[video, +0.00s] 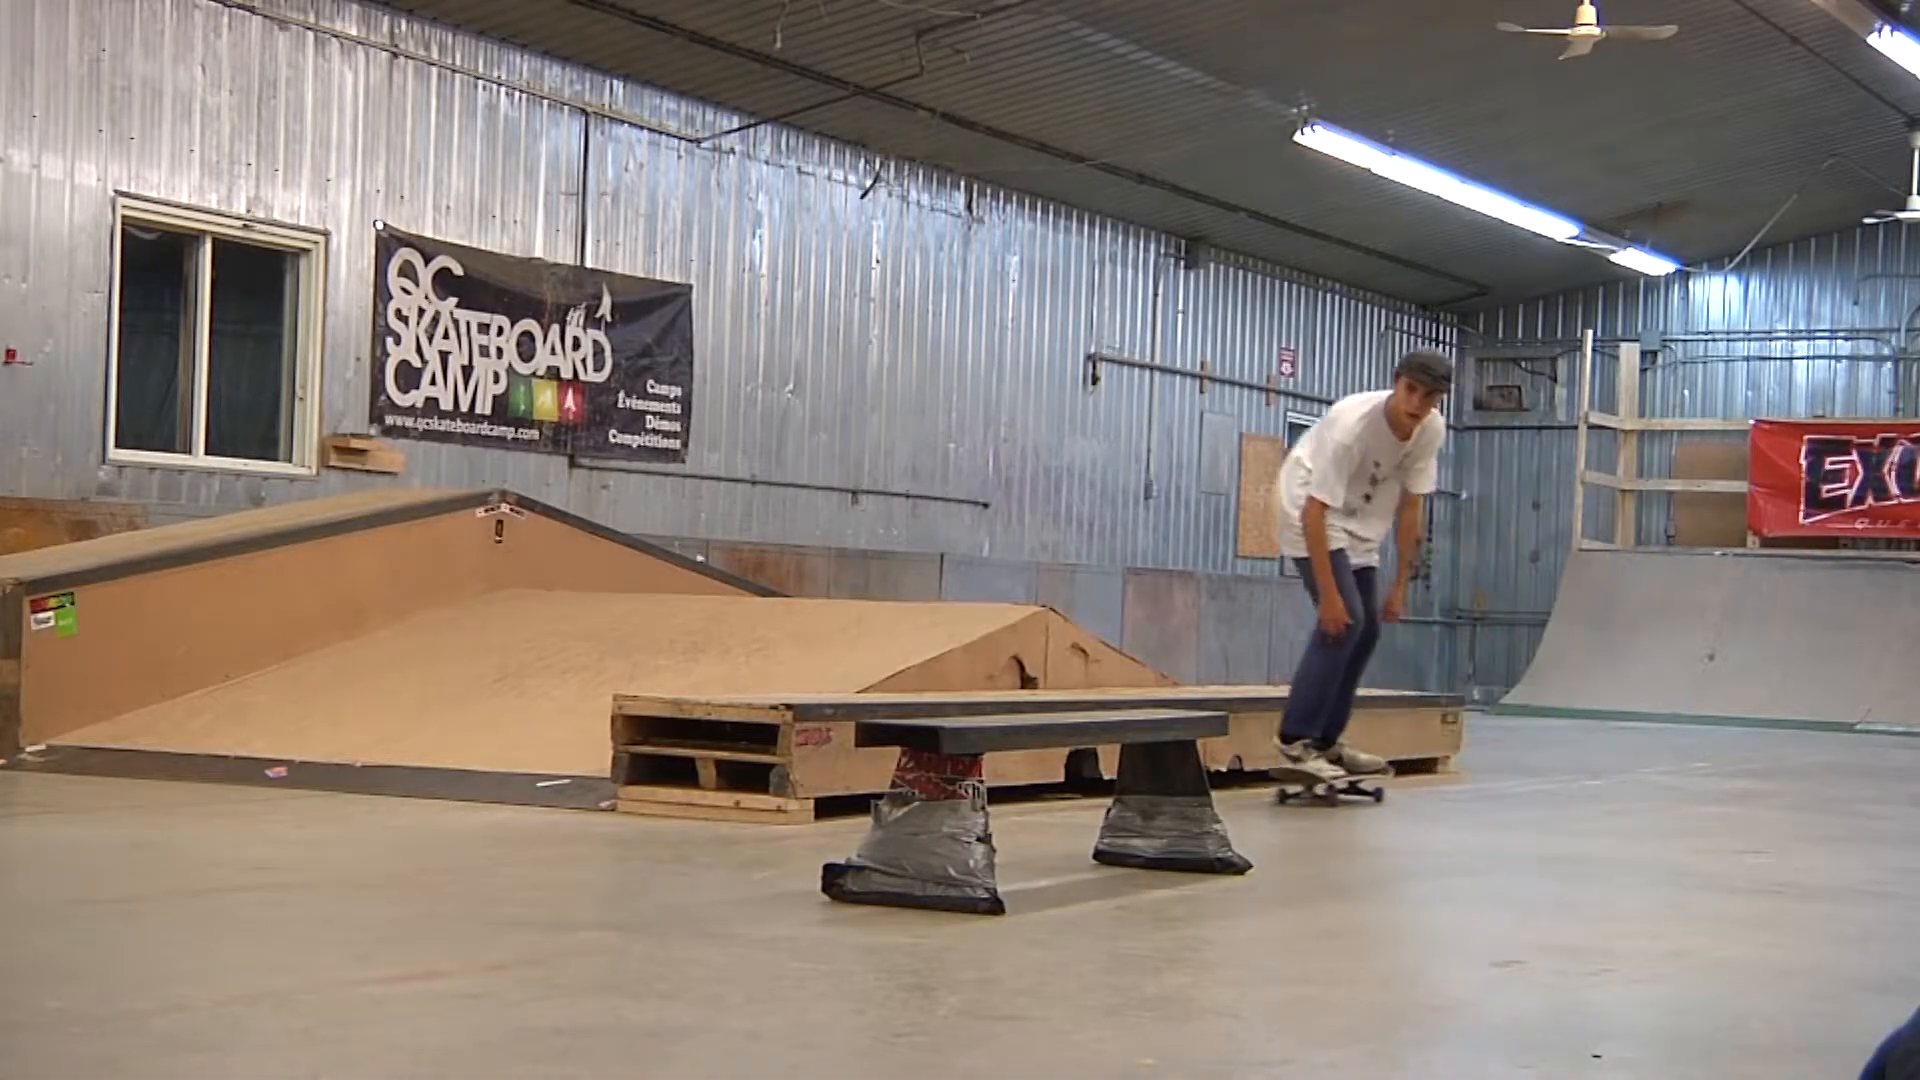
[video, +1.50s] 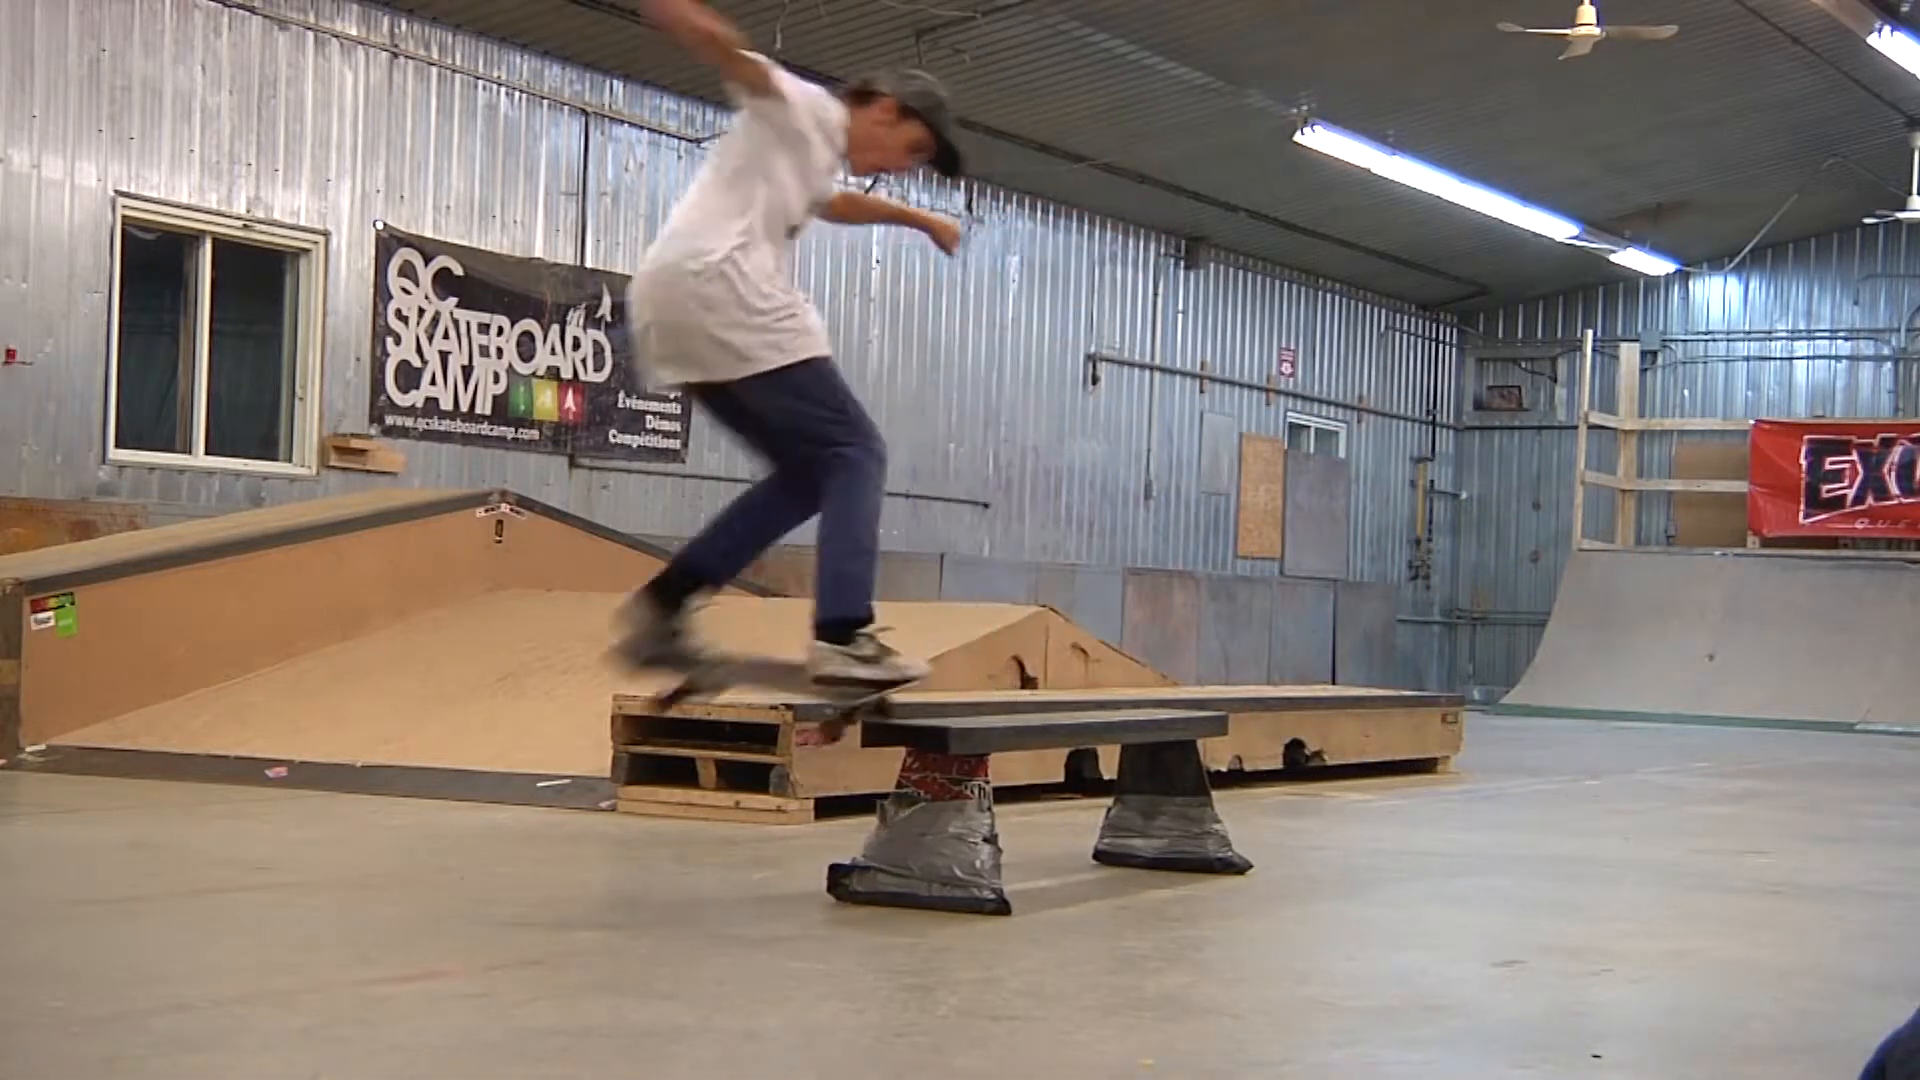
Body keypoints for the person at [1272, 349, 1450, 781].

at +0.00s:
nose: (1417, 404)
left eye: (1429, 397)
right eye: (1411, 390)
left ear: (1438, 400)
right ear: (1395, 383)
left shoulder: (1431, 428)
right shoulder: (1348, 427)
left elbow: (1410, 506)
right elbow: (1312, 512)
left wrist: (1400, 583)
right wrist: (1328, 596)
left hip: (1361, 528)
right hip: (1312, 522)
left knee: (1366, 627)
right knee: (1343, 622)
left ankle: (1326, 740)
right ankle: (1295, 741)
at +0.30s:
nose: (1331, 480)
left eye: (1344, 473)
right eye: (1326, 464)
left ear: (1355, 477)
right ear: (1311, 455)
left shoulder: (1349, 492)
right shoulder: (1265, 486)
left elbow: (1332, 578)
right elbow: (1222, 584)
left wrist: (1330, 661)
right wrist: (1214, 678)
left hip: (1258, 545)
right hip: (1202, 527)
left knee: (1294, 648)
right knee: (1266, 632)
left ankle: (1237, 753)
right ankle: (1214, 754)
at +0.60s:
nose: (1242, 510)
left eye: (1256, 503)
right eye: (1237, 492)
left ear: (1265, 506)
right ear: (1219, 479)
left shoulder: (1253, 522)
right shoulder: (1170, 515)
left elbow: (1237, 605)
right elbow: (1111, 617)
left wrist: (1241, 696)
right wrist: (1104, 714)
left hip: (1154, 562)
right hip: (1095, 551)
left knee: (1221, 665)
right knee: (1191, 645)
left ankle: (1147, 761)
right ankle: (1096, 759)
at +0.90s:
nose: (1180, 375)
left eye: (1192, 369)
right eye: (1178, 357)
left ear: (1195, 374)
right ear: (1150, 338)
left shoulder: (1145, 404)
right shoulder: (1088, 388)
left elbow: (1110, 486)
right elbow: (983, 433)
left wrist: (1116, 560)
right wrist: (944, 522)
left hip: (1069, 523)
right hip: (1009, 513)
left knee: (1115, 643)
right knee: (1086, 639)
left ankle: (1036, 772)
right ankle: (1000, 780)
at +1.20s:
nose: (1092, 219)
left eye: (1106, 214)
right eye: (1101, 200)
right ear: (1075, 163)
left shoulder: (1007, 182)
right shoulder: (1013, 175)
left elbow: (907, 196)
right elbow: (947, 207)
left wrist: (903, 198)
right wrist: (996, 316)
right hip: (878, 315)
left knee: (1015, 467)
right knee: (991, 397)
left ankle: (950, 612)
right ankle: (923, 592)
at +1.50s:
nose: (902, 167)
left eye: (914, 162)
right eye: (911, 148)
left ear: (884, 122)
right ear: (887, 108)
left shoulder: (817, 165)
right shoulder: (810, 106)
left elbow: (836, 205)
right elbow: (748, 72)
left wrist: (920, 220)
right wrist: (711, 36)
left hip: (674, 303)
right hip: (721, 283)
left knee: (808, 473)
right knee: (855, 450)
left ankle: (660, 609)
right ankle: (843, 637)